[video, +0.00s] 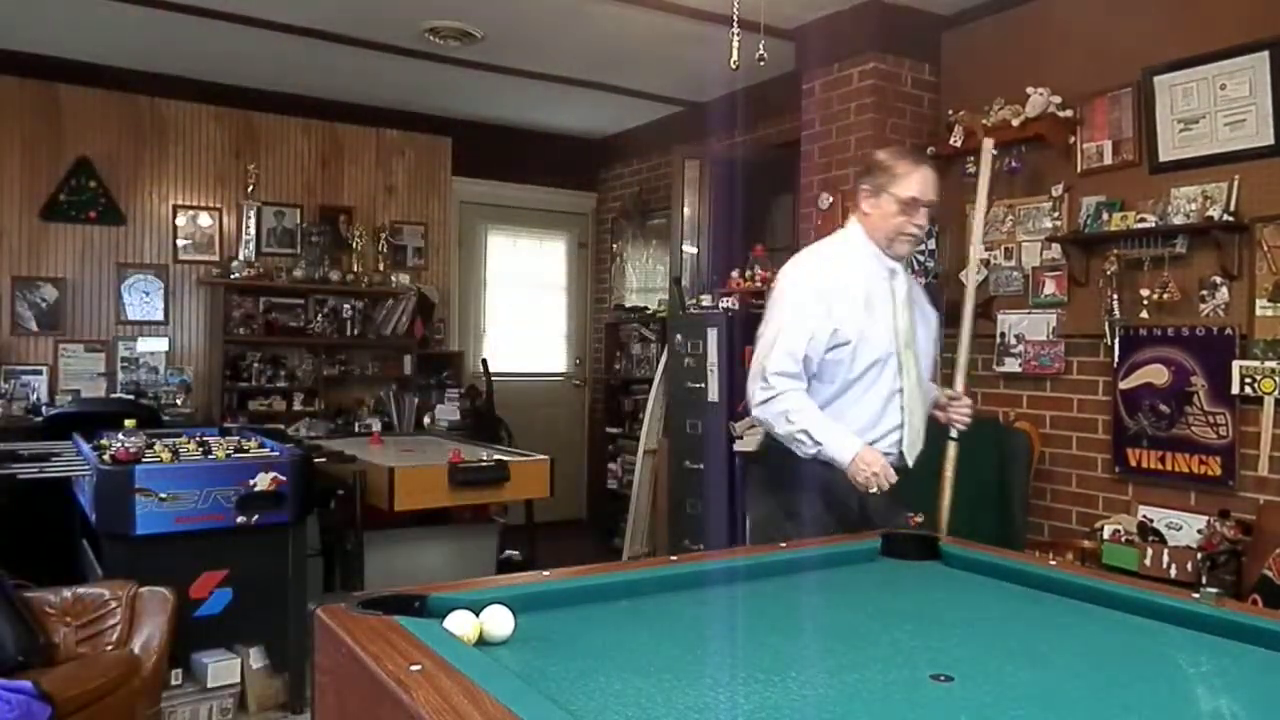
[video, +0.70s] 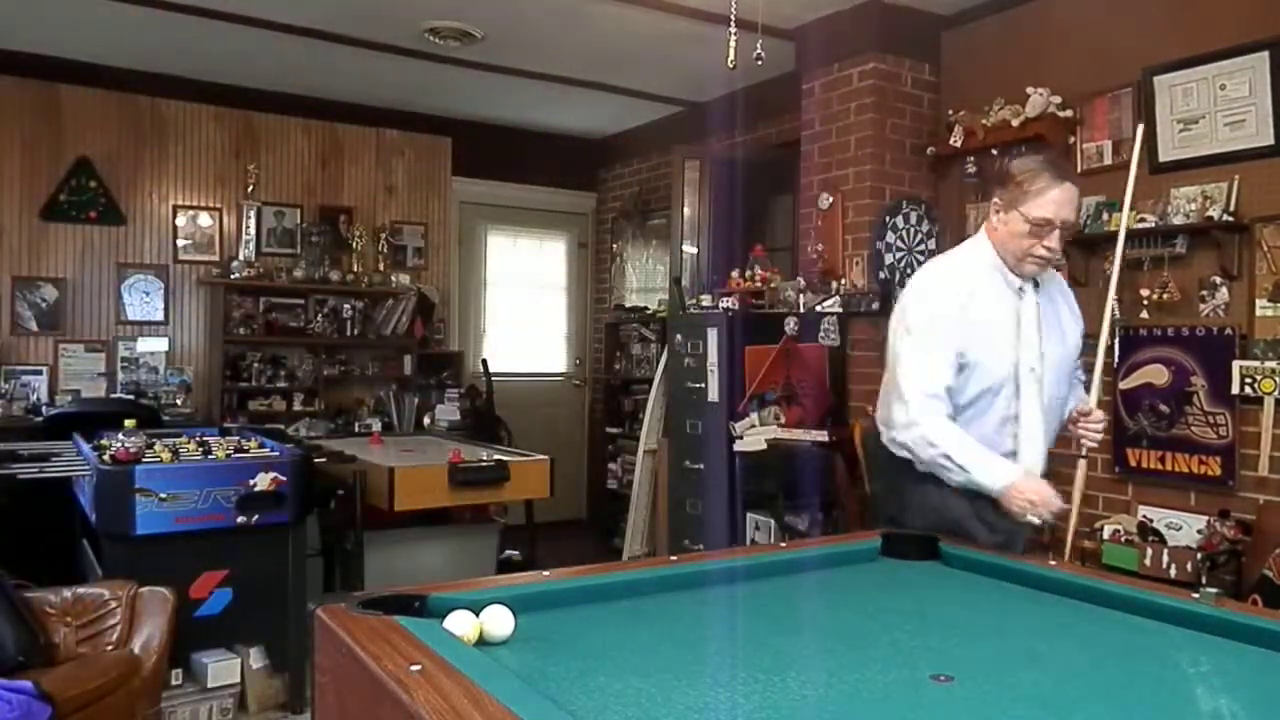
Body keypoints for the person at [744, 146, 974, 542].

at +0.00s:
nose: (921, 222)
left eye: (928, 210)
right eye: (909, 206)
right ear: (867, 200)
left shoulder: (910, 289)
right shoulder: (813, 273)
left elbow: (887, 375)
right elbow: (771, 390)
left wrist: (934, 399)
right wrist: (849, 451)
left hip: (880, 480)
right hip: (806, 478)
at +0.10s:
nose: (954, 226)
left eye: (963, 215)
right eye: (943, 209)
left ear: (969, 220)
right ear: (903, 202)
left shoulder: (950, 299)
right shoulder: (841, 274)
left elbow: (919, 378)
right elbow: (783, 382)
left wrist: (964, 407)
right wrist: (849, 448)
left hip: (911, 488)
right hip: (828, 485)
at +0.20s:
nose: (985, 227)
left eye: (995, 217)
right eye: (975, 209)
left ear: (1001, 222)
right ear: (935, 199)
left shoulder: (983, 303)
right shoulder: (865, 270)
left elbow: (982, 386)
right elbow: (801, 374)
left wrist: (999, 415)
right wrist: (859, 440)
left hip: (936, 490)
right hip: (851, 482)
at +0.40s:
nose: (1021, 225)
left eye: (1034, 216)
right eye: (1011, 207)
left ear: (1040, 220)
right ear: (972, 196)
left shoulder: (1025, 298)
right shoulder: (902, 264)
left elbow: (1036, 378)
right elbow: (835, 366)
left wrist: (1040, 415)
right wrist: (894, 435)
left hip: (967, 490)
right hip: (878, 482)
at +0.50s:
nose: (1034, 232)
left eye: (1047, 221)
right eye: (1023, 212)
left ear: (1054, 224)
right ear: (984, 200)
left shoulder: (1039, 298)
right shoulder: (915, 270)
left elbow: (1047, 381)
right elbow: (854, 374)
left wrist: (1053, 416)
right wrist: (920, 442)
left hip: (984, 491)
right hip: (894, 485)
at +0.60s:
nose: (1045, 237)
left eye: (1056, 224)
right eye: (1032, 218)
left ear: (1063, 226)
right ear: (992, 205)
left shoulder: (1051, 300)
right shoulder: (926, 277)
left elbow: (1060, 381)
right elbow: (878, 394)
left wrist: (1064, 413)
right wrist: (957, 457)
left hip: (1001, 493)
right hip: (915, 486)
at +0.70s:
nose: (1054, 245)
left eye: (1064, 230)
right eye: (1040, 226)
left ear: (1071, 229)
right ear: (997, 214)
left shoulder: (1057, 294)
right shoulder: (939, 287)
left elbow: (1065, 376)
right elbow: (912, 419)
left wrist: (1077, 411)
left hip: (1015, 501)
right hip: (932, 493)